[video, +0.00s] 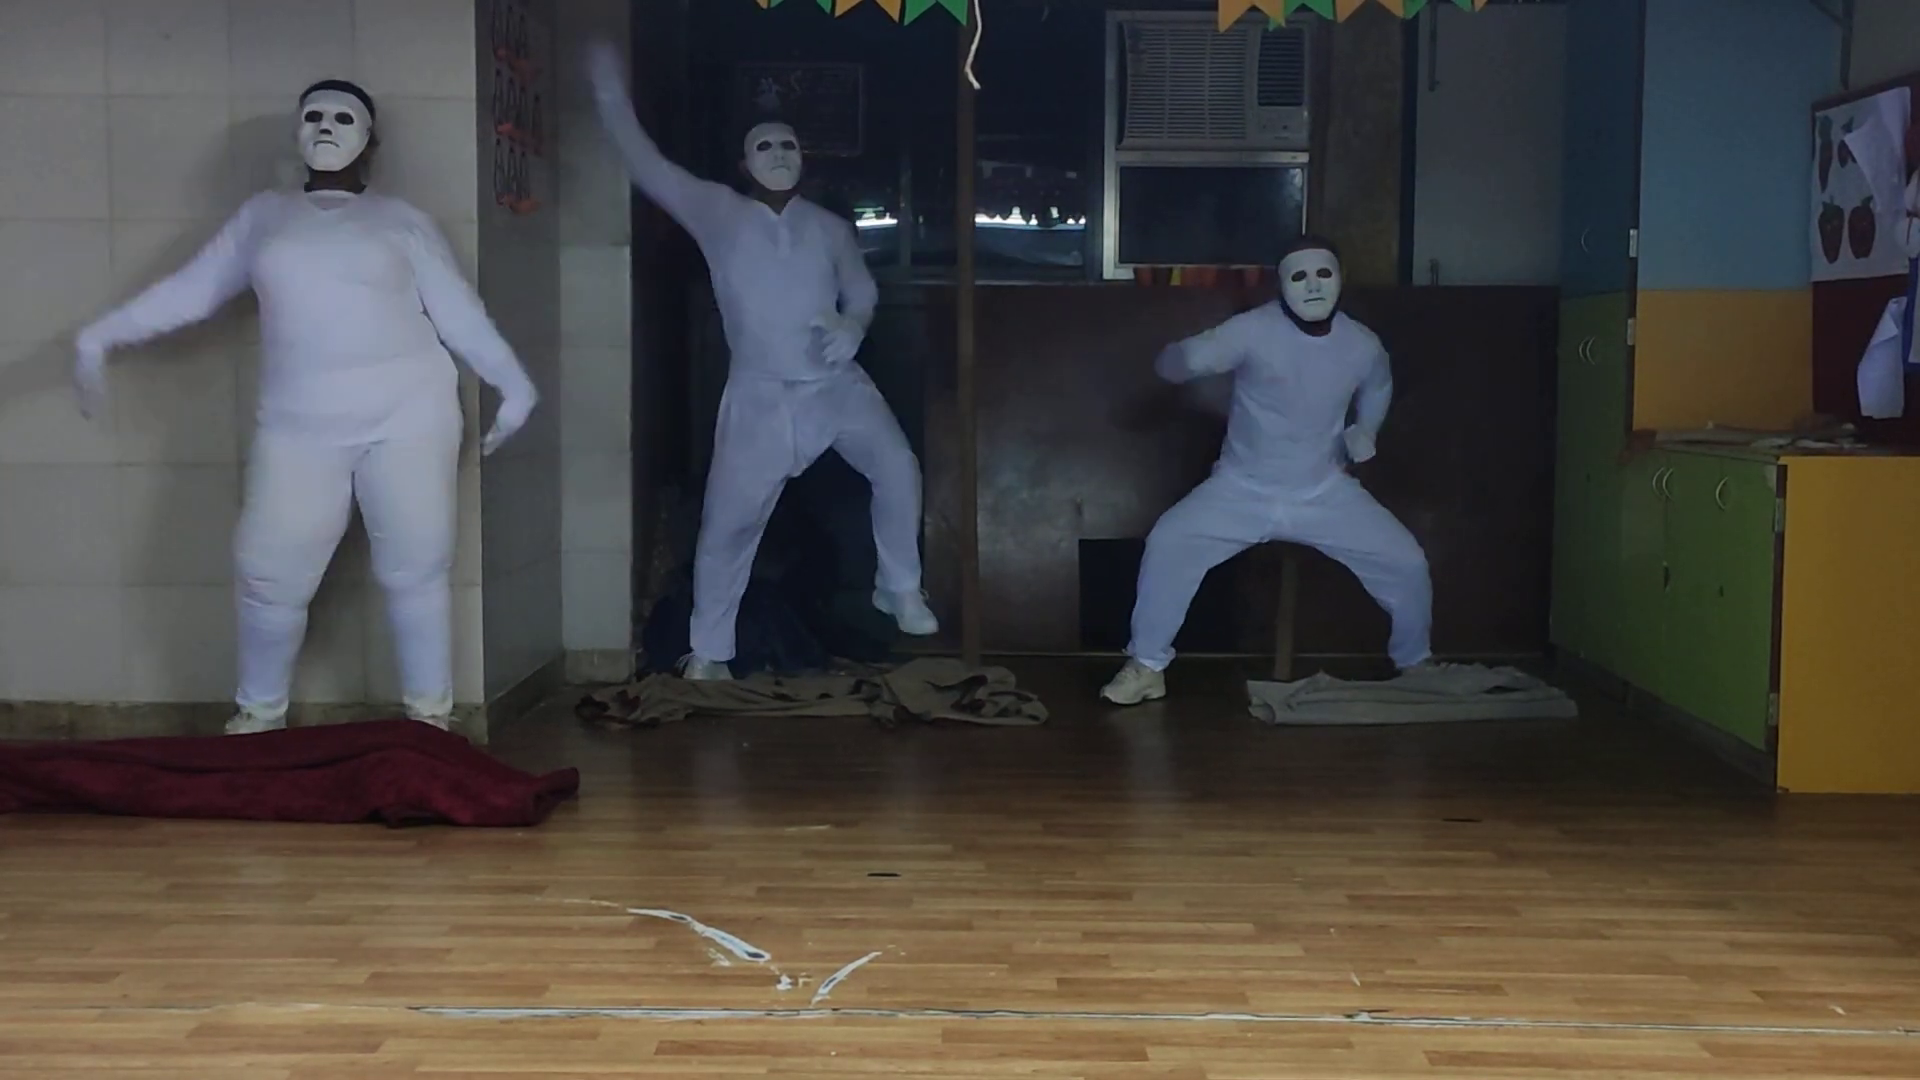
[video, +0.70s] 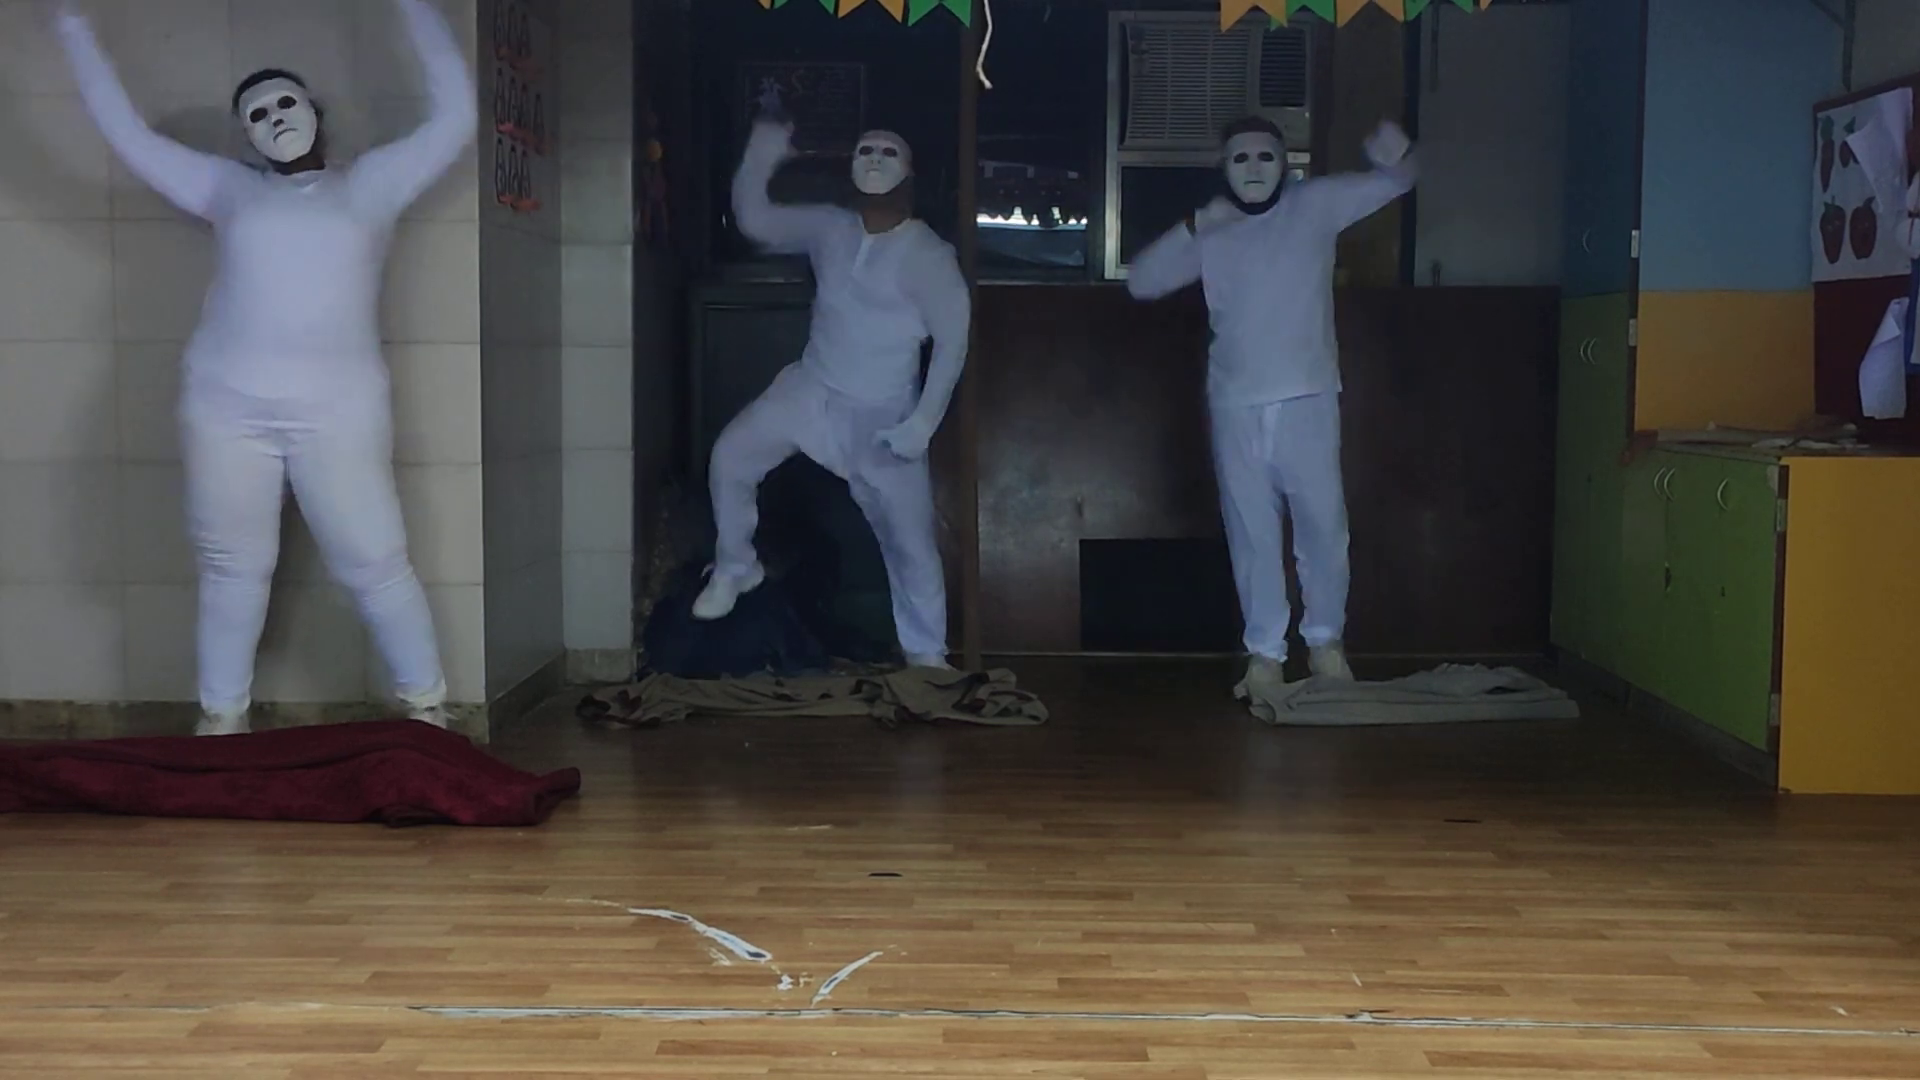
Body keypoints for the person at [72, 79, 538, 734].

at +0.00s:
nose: (326, 129)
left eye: (342, 120)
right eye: (314, 119)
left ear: (367, 137)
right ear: (297, 135)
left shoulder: (400, 222)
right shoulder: (264, 220)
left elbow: (457, 311)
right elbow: (191, 290)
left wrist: (513, 380)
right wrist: (103, 332)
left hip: (407, 423)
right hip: (299, 427)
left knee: (415, 572)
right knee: (268, 574)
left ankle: (429, 713)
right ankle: (260, 713)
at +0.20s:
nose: (316, 116)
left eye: (331, 102)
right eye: (303, 108)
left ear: (361, 116)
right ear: (291, 126)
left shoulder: (407, 201)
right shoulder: (270, 208)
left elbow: (482, 245)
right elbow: (202, 270)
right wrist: (116, 307)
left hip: (398, 408)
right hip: (291, 408)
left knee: (407, 562)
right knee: (251, 558)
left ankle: (430, 716)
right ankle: (241, 706)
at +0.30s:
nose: (294, 105)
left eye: (306, 90)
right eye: (281, 103)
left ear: (340, 97)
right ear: (277, 125)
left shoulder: (406, 174)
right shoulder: (263, 184)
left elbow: (495, 138)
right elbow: (162, 182)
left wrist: (550, 89)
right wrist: (73, 153)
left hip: (381, 393)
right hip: (273, 390)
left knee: (396, 552)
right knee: (237, 544)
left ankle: (431, 706)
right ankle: (227, 701)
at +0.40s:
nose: (279, 111)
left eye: (290, 97)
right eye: (265, 112)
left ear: (326, 101)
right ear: (261, 134)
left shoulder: (387, 172)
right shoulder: (253, 179)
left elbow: (449, 79)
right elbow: (160, 112)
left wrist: (467, 1)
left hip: (356, 400)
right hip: (248, 395)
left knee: (387, 563)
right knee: (230, 559)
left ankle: (433, 711)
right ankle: (219, 715)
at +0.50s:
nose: (270, 129)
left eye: (279, 114)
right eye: (256, 129)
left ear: (312, 120)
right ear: (249, 154)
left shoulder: (367, 199)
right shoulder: (245, 206)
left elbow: (403, 94)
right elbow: (180, 117)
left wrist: (349, 9)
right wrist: (216, 19)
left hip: (336, 424)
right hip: (226, 421)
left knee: (372, 583)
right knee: (224, 580)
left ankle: (424, 719)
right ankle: (222, 726)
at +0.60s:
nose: (270, 140)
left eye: (278, 125)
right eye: (253, 138)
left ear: (309, 131)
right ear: (242, 161)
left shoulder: (363, 202)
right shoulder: (235, 213)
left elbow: (413, 102)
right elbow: (166, 133)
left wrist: (322, 47)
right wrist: (220, 41)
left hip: (328, 431)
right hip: (219, 424)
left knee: (368, 584)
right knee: (222, 579)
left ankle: (423, 718)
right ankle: (222, 724)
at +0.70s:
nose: (275, 118)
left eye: (285, 104)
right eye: (258, 115)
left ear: (317, 111)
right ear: (245, 135)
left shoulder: (368, 188)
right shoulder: (229, 192)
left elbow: (457, 117)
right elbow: (129, 135)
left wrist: (419, 14)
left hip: (338, 413)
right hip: (231, 411)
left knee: (376, 567)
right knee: (232, 568)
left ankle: (430, 714)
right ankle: (222, 725)